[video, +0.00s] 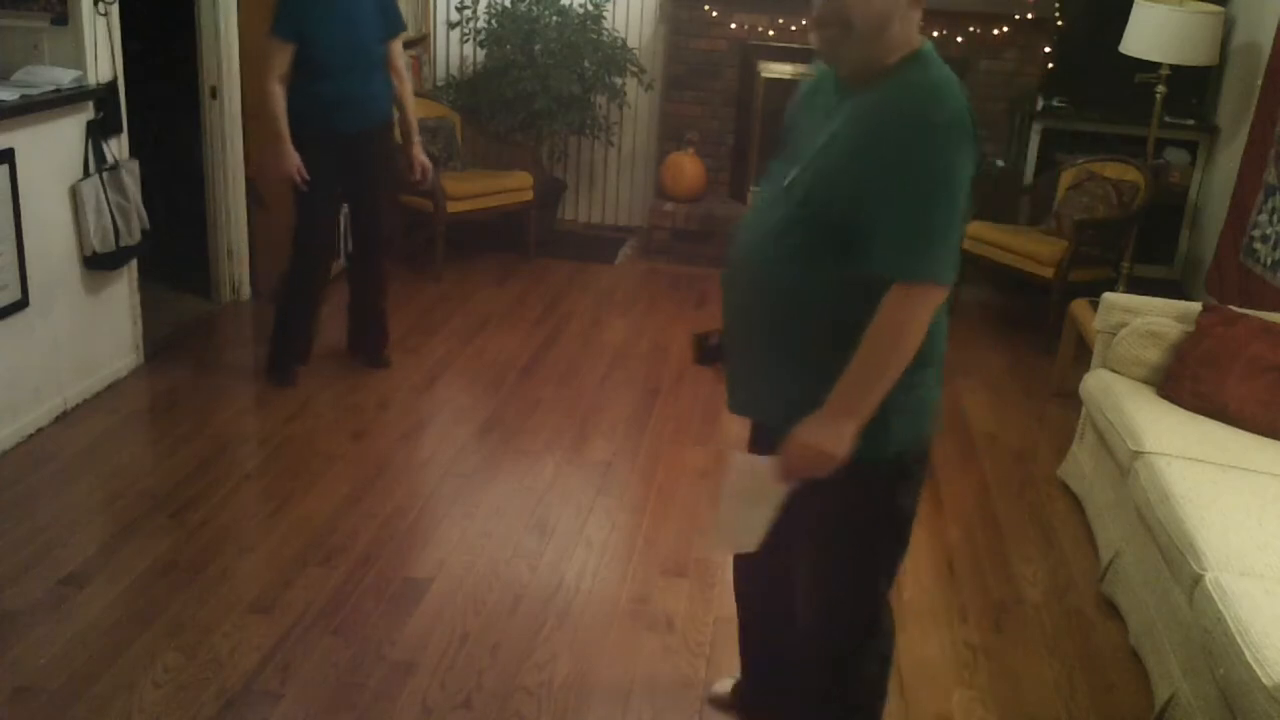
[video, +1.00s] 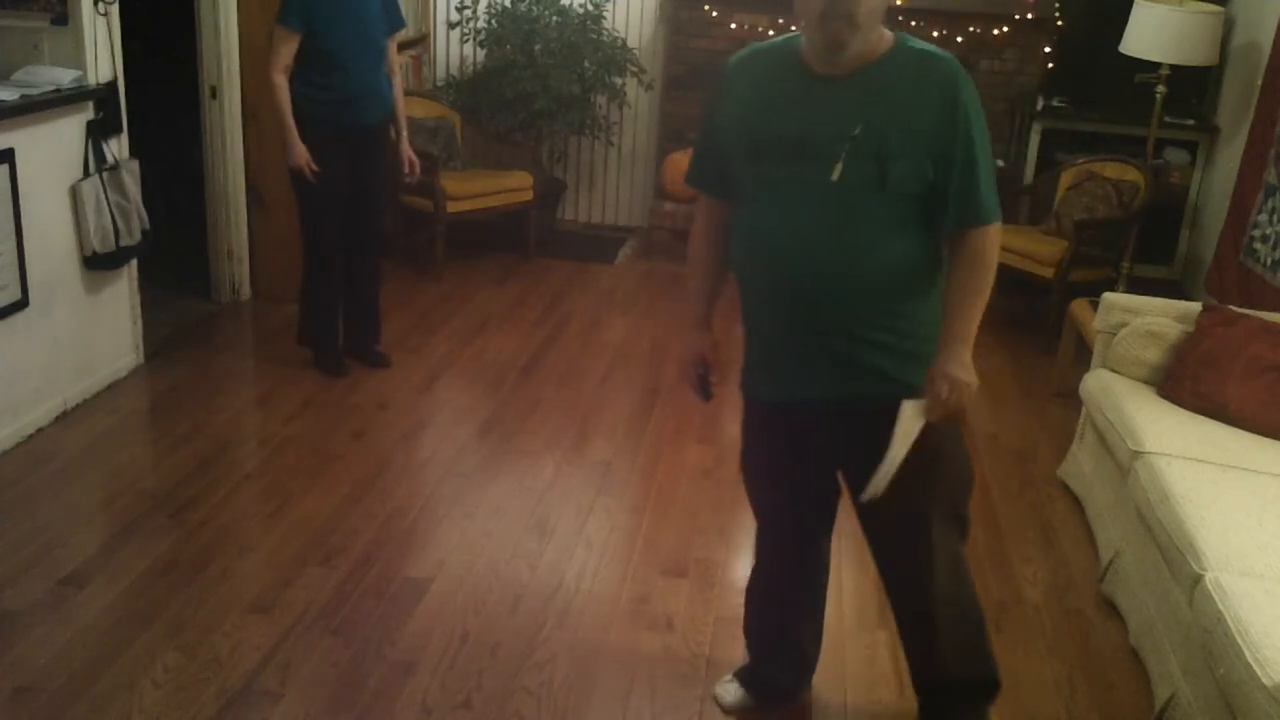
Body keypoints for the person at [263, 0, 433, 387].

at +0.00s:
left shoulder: (383, 6)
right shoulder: (298, 8)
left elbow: (399, 72)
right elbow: (275, 77)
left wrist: (414, 142)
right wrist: (285, 146)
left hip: (373, 140)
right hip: (318, 143)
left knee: (373, 245)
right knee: (313, 249)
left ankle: (370, 343)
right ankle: (286, 357)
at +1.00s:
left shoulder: (384, 6)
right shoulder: (302, 6)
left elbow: (393, 70)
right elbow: (278, 71)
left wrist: (403, 138)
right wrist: (293, 141)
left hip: (372, 136)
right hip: (320, 138)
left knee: (368, 240)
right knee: (325, 242)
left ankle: (363, 339)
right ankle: (324, 346)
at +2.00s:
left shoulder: (379, 6)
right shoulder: (296, 6)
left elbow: (389, 69)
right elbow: (274, 73)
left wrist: (400, 137)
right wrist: (279, 144)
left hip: (370, 133)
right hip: (317, 135)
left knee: (367, 240)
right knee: (322, 242)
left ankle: (363, 340)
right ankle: (323, 345)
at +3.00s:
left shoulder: (379, 6)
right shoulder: (297, 6)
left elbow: (389, 71)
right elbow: (276, 73)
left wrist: (400, 137)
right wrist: (281, 146)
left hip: (370, 133)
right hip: (317, 134)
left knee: (367, 239)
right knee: (322, 241)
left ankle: (363, 339)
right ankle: (323, 345)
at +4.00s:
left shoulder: (385, 6)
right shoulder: (302, 7)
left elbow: (394, 73)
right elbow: (282, 74)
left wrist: (401, 140)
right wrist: (284, 145)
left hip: (375, 132)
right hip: (320, 133)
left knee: (368, 239)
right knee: (325, 240)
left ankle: (364, 340)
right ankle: (324, 345)